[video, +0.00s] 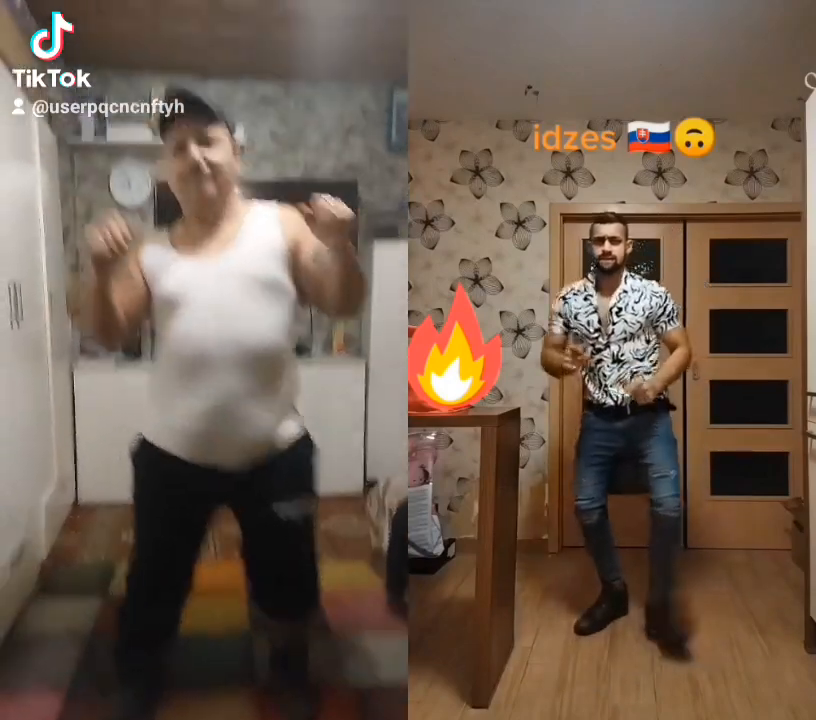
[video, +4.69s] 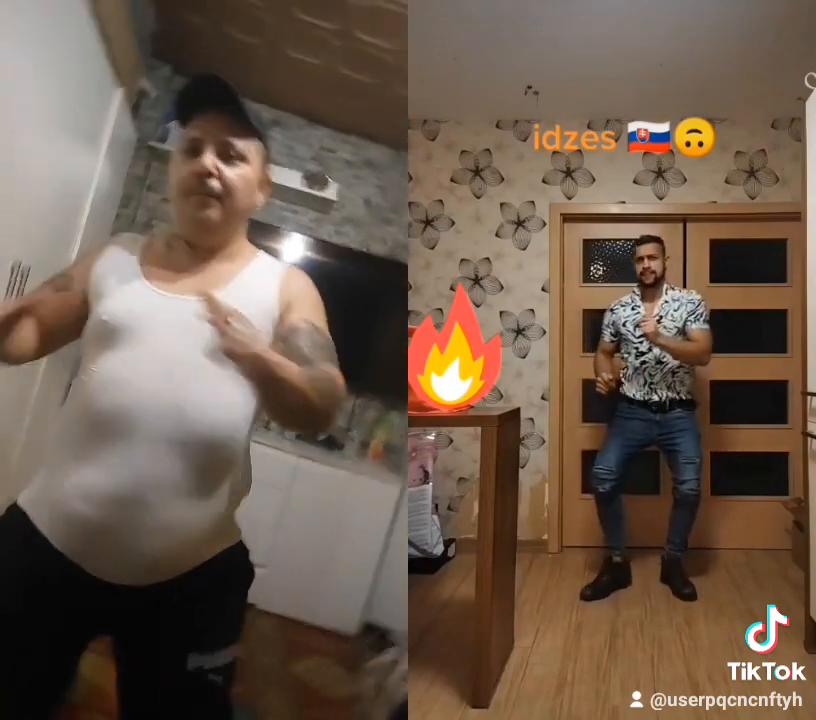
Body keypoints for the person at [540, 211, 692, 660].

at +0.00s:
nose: (606, 248)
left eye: (614, 241)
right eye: (599, 241)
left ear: (628, 247)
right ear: (589, 247)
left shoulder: (652, 295)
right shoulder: (572, 300)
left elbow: (682, 350)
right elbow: (548, 356)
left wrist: (656, 383)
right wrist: (567, 363)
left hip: (649, 418)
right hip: (599, 419)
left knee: (668, 506)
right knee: (587, 505)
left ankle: (660, 612)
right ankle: (613, 592)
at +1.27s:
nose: (660, 280)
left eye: (667, 271)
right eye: (653, 272)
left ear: (681, 266)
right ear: (644, 268)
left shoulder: (707, 304)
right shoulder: (629, 313)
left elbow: (719, 362)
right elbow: (614, 356)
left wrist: (682, 354)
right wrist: (617, 385)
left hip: (689, 422)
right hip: (642, 419)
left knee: (695, 505)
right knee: (616, 492)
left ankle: (680, 576)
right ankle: (630, 596)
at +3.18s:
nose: (617, 261)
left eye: (623, 255)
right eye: (610, 254)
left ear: (629, 260)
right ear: (596, 258)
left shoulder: (647, 300)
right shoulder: (578, 304)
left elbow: (658, 343)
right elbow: (555, 354)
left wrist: (654, 372)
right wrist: (587, 359)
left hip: (642, 404)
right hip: (598, 407)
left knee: (674, 471)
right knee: (594, 486)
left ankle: (654, 555)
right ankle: (607, 565)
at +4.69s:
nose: (646, 265)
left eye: (653, 259)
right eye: (640, 260)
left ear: (665, 263)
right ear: (634, 265)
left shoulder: (689, 302)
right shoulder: (619, 310)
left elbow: (702, 354)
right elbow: (604, 354)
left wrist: (659, 339)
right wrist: (605, 376)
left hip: (678, 414)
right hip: (631, 412)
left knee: (689, 488)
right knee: (603, 478)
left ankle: (673, 564)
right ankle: (617, 565)